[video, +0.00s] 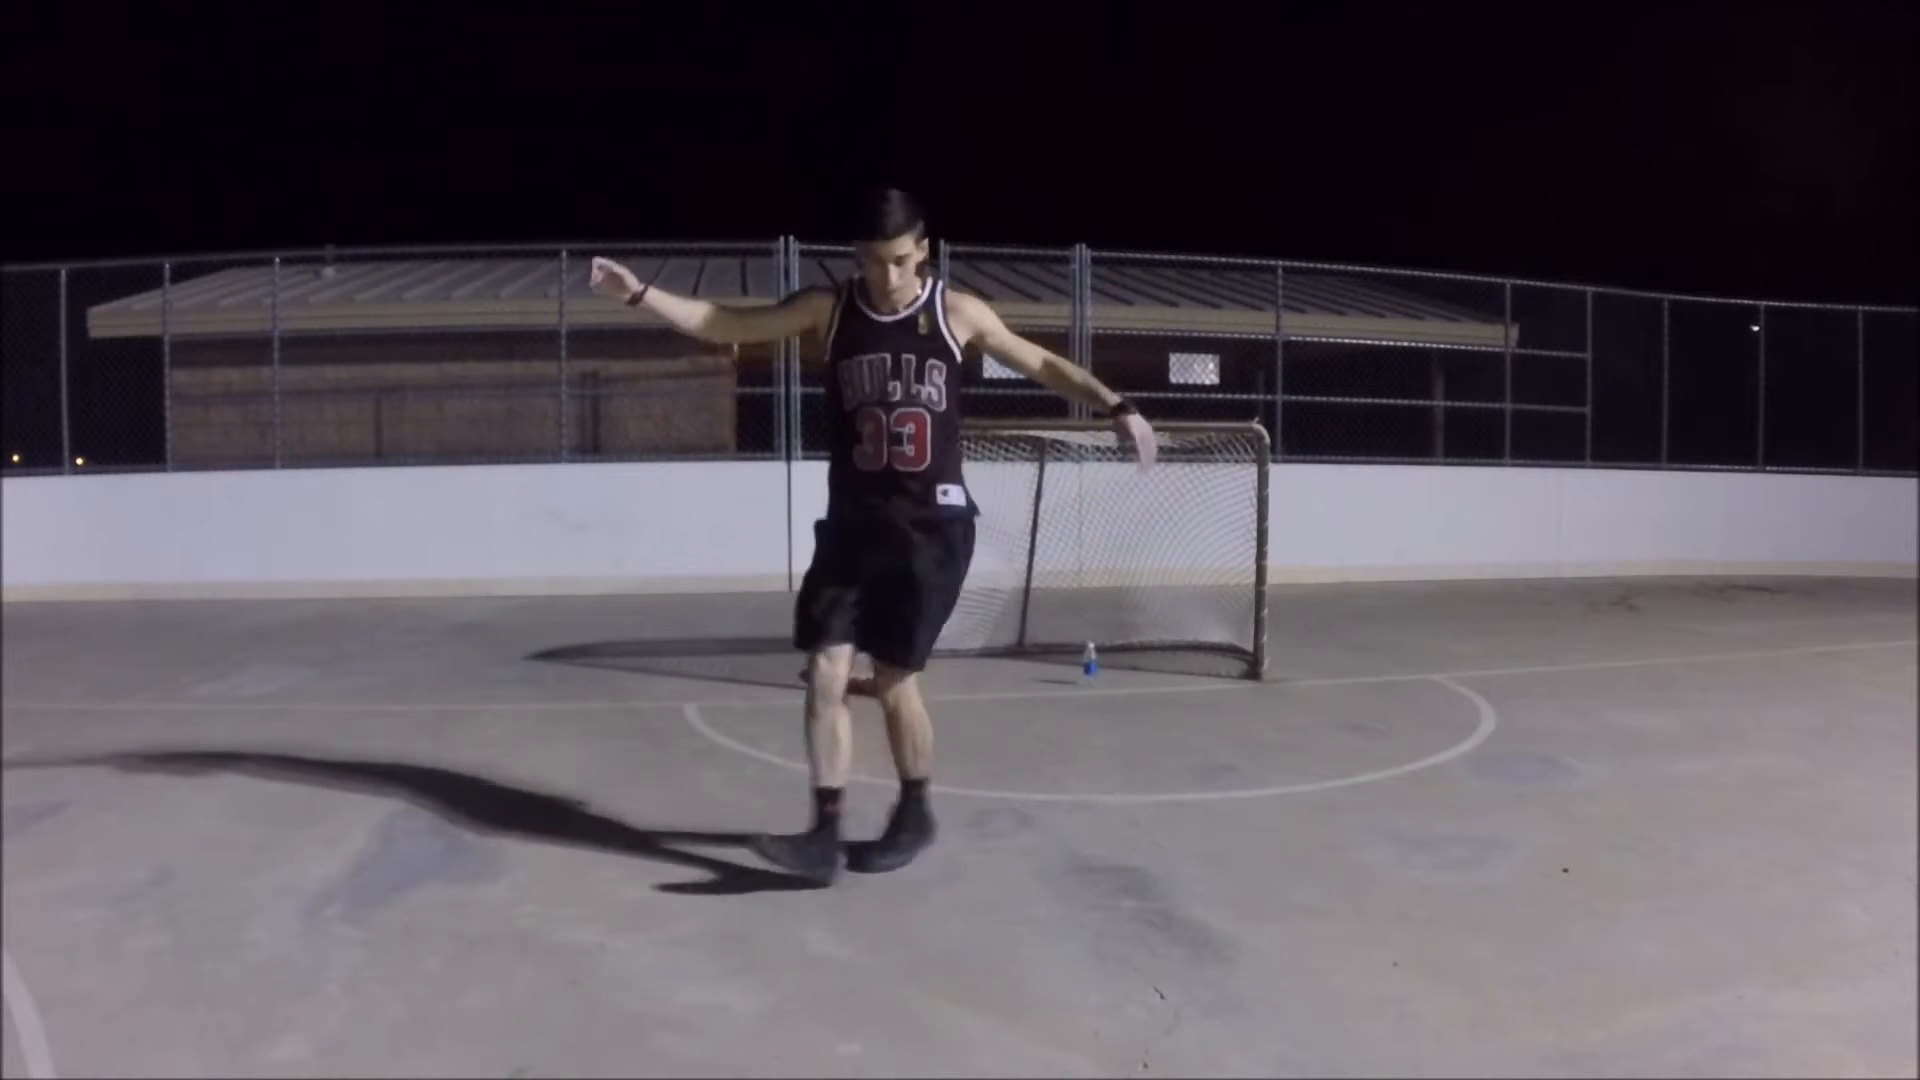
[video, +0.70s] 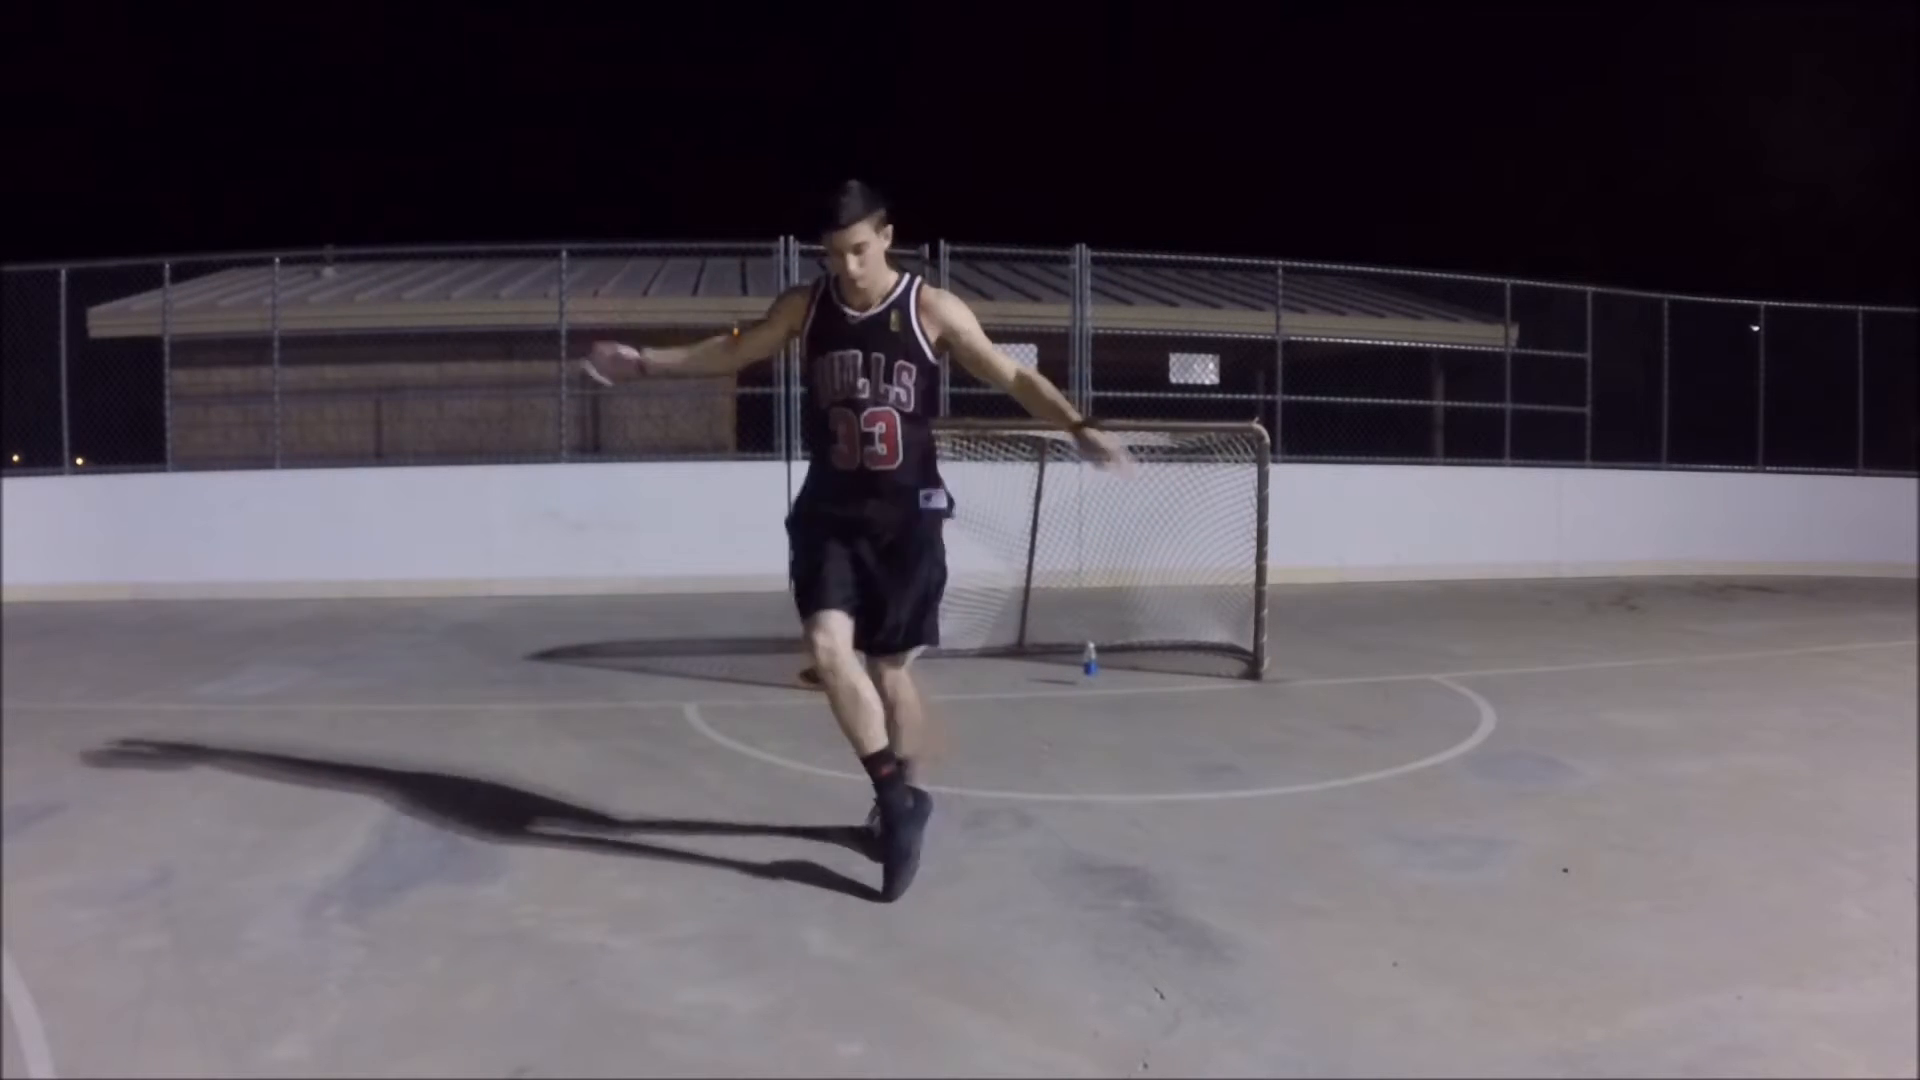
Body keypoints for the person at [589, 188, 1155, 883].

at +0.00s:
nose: (894, 278)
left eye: (906, 263)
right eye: (881, 264)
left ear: (924, 252)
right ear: (859, 255)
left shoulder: (960, 313)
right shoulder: (827, 309)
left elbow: (1046, 366)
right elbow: (728, 326)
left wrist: (1117, 407)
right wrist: (642, 294)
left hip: (934, 521)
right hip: (853, 518)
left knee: (893, 677)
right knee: (825, 670)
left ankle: (916, 815)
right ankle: (825, 836)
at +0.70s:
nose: (846, 267)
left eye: (857, 252)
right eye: (835, 254)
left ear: (886, 237)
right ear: (822, 250)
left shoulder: (933, 308)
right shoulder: (806, 304)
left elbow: (1014, 377)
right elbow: (733, 352)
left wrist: (1081, 428)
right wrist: (646, 361)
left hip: (905, 514)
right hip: (828, 510)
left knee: (887, 669)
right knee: (826, 649)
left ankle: (896, 805)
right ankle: (896, 795)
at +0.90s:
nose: (816, 276)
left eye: (821, 261)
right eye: (811, 266)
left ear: (856, 247)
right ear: (819, 262)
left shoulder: (923, 308)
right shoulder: (820, 317)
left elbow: (920, 386)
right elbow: (820, 399)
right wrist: (771, 395)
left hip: (895, 517)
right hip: (824, 511)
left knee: (861, 678)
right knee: (837, 670)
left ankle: (812, 805)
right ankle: (904, 814)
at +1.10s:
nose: (808, 255)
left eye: (809, 244)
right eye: (816, 242)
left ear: (816, 247)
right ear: (872, 246)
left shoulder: (839, 302)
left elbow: (855, 409)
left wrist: (777, 465)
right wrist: (769, 410)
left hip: (857, 505)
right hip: (916, 511)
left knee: (843, 674)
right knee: (808, 620)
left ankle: (866, 834)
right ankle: (746, 725)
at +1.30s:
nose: (925, 299)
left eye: (926, 289)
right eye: (920, 288)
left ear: (871, 287)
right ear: (887, 286)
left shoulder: (813, 340)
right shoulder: (908, 341)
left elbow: (781, 443)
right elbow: (943, 415)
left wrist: (818, 482)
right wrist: (917, 336)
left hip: (817, 518)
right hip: (888, 513)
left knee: (833, 681)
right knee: (897, 621)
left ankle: (868, 834)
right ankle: (814, 735)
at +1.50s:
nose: (922, 227)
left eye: (928, 216)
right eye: (908, 216)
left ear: (933, 222)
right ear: (878, 221)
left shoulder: (905, 280)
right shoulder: (856, 261)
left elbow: (875, 377)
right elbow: (814, 353)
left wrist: (937, 397)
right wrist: (911, 371)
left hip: (868, 467)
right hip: (821, 467)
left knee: (849, 636)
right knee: (913, 612)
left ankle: (797, 766)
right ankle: (972, 738)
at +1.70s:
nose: (879, 293)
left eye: (887, 279)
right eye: (866, 283)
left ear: (902, 276)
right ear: (842, 282)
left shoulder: (924, 343)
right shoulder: (810, 347)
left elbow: (994, 380)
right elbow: (752, 412)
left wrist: (1072, 393)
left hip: (890, 547)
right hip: (820, 546)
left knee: (869, 693)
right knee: (831, 690)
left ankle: (843, 782)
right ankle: (878, 843)